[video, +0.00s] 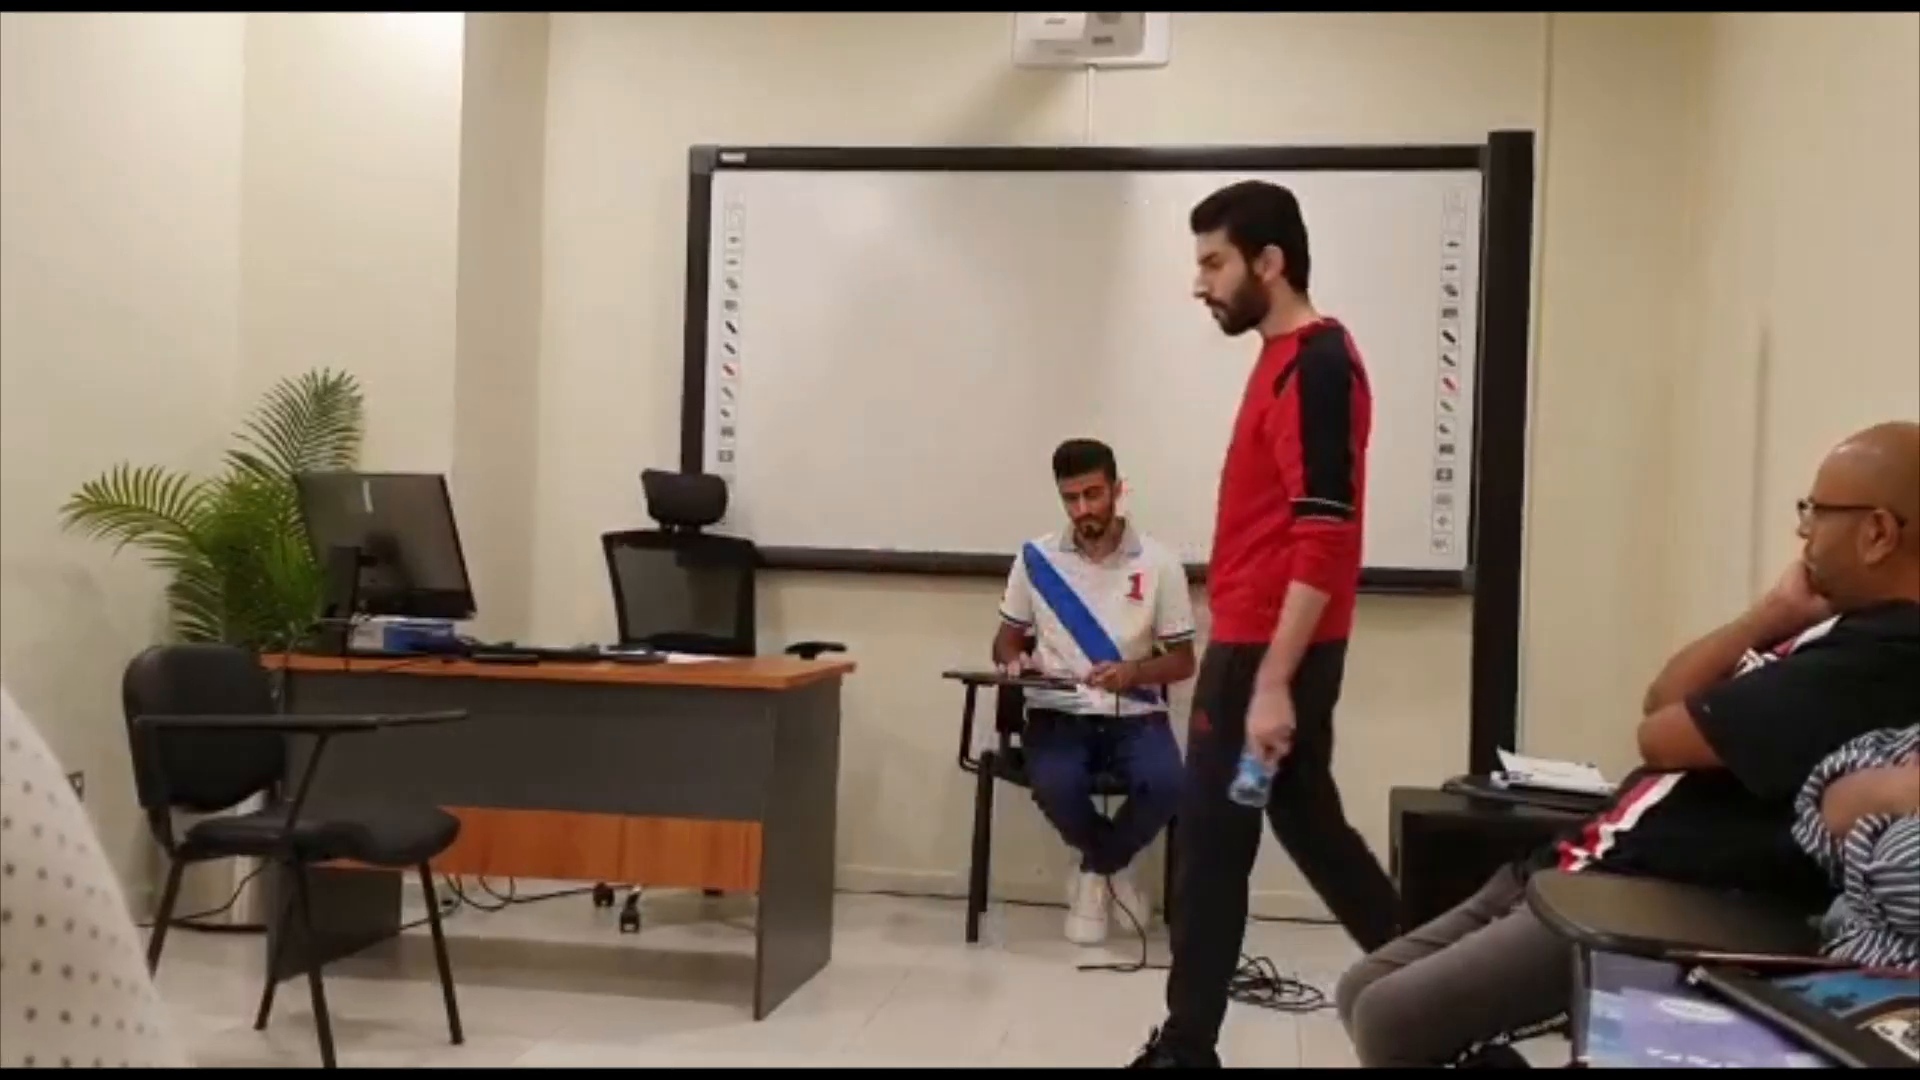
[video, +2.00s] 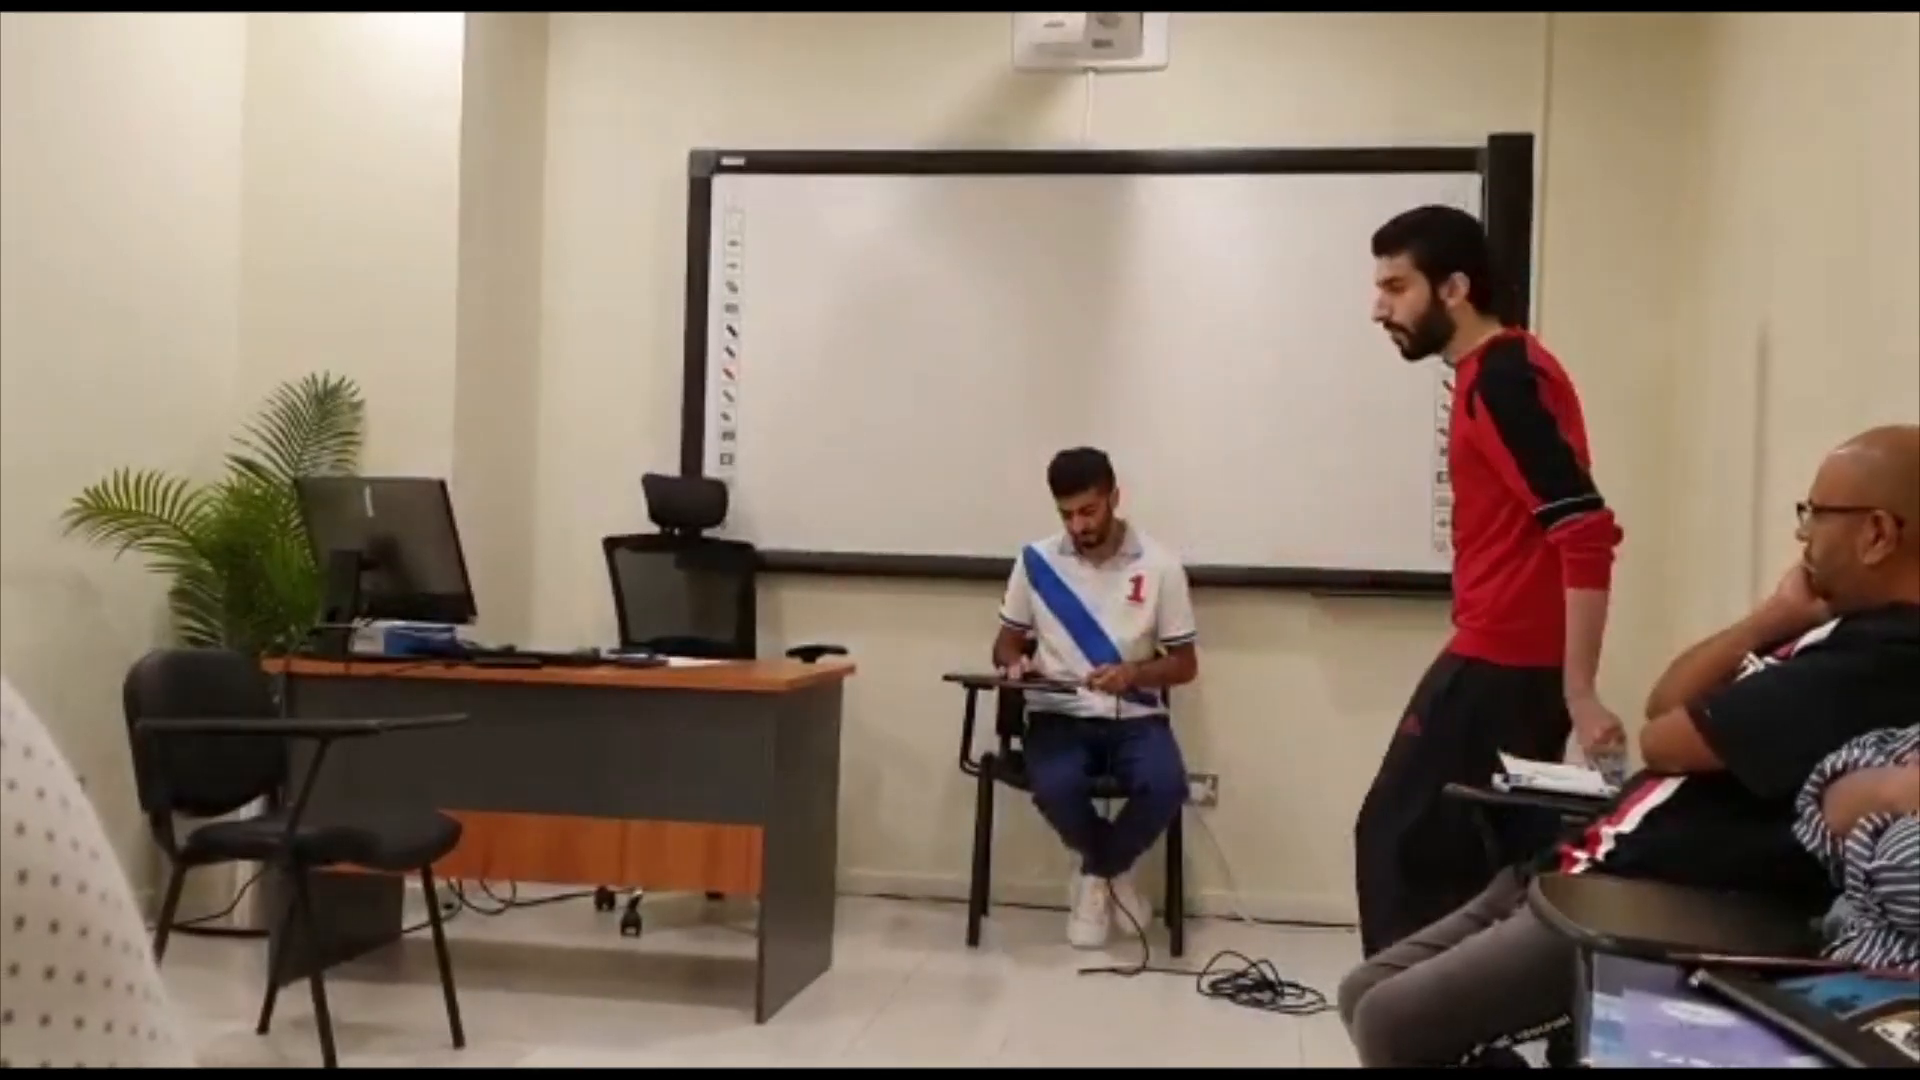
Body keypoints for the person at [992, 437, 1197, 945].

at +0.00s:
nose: (1083, 510)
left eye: (1092, 495)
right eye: (1071, 498)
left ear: (1117, 491)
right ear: (1060, 499)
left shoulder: (1157, 561)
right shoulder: (1036, 559)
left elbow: (1183, 660)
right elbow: (1006, 641)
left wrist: (1133, 673)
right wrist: (1013, 659)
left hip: (1134, 713)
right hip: (1058, 712)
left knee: (1165, 785)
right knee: (1055, 790)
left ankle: (1095, 874)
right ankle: (1115, 865)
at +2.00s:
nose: (1078, 526)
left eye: (1088, 512)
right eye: (1068, 515)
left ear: (1115, 498)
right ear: (1057, 509)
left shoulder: (1158, 566)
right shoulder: (1036, 562)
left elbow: (1184, 663)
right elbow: (1007, 643)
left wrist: (1132, 674)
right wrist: (1013, 662)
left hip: (1134, 717)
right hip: (1058, 716)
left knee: (1164, 788)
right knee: (1055, 791)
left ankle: (1094, 879)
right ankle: (1115, 869)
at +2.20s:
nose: (1078, 527)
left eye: (1088, 512)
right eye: (1068, 515)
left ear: (1115, 499)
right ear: (1057, 510)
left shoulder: (1159, 567)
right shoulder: (1035, 563)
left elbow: (1184, 663)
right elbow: (1007, 644)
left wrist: (1132, 676)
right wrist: (1014, 662)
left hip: (1134, 717)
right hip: (1058, 716)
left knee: (1164, 789)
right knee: (1055, 791)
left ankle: (1095, 879)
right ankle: (1115, 868)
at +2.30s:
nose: (1078, 527)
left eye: (1087, 512)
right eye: (1067, 516)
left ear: (1114, 499)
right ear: (1057, 510)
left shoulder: (1158, 566)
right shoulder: (1036, 562)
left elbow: (1183, 663)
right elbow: (1008, 643)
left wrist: (1131, 676)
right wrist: (1013, 663)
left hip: (1134, 718)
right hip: (1058, 717)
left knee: (1164, 789)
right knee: (1054, 792)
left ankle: (1095, 879)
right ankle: (1115, 870)